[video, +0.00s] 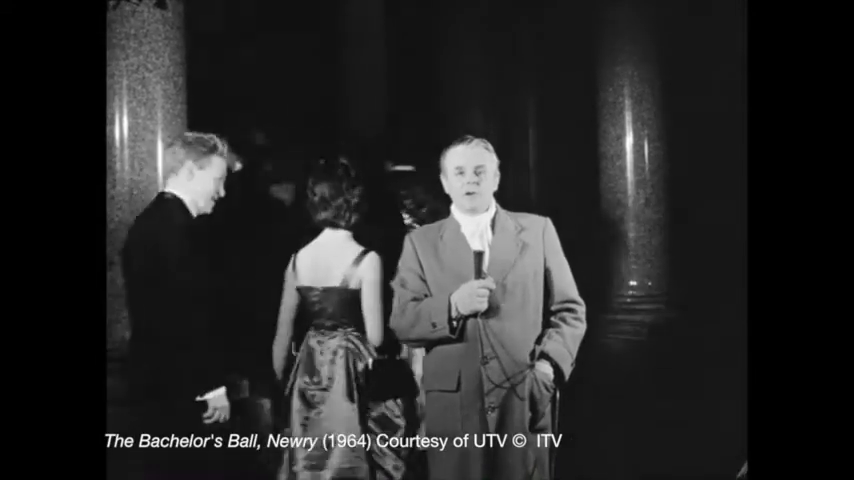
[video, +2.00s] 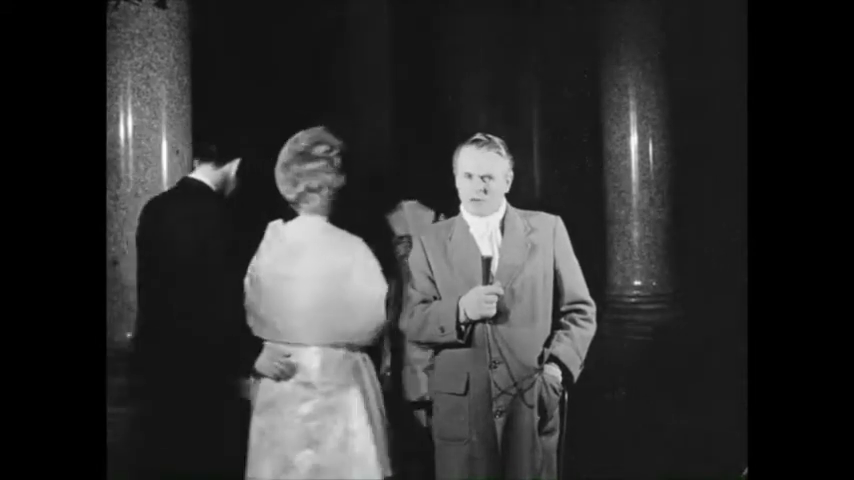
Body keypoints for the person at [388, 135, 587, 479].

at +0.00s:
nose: (470, 179)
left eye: (480, 170)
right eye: (459, 172)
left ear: (497, 178)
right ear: (444, 183)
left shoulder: (537, 231)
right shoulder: (419, 242)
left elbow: (569, 309)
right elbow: (402, 320)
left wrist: (549, 364)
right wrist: (451, 306)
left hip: (522, 398)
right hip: (451, 399)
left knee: (525, 474)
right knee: (451, 474)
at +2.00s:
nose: (477, 187)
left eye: (488, 177)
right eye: (468, 176)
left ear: (508, 181)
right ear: (456, 180)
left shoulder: (547, 230)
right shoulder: (430, 241)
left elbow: (579, 309)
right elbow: (413, 319)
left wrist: (557, 365)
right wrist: (460, 310)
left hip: (530, 396)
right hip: (459, 397)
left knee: (532, 474)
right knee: (460, 474)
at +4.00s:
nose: (462, 172)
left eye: (474, 165)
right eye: (453, 164)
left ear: (493, 180)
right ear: (440, 179)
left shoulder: (532, 232)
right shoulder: (414, 245)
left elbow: (565, 310)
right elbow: (397, 322)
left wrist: (547, 362)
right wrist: (450, 305)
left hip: (520, 401)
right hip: (447, 404)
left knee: (523, 475)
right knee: (451, 474)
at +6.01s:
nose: (488, 173)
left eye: (499, 166)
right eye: (477, 165)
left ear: (512, 181)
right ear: (457, 176)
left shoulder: (544, 234)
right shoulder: (424, 242)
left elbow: (575, 312)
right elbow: (409, 320)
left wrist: (555, 364)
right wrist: (462, 301)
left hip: (528, 396)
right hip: (458, 397)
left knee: (529, 474)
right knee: (459, 474)